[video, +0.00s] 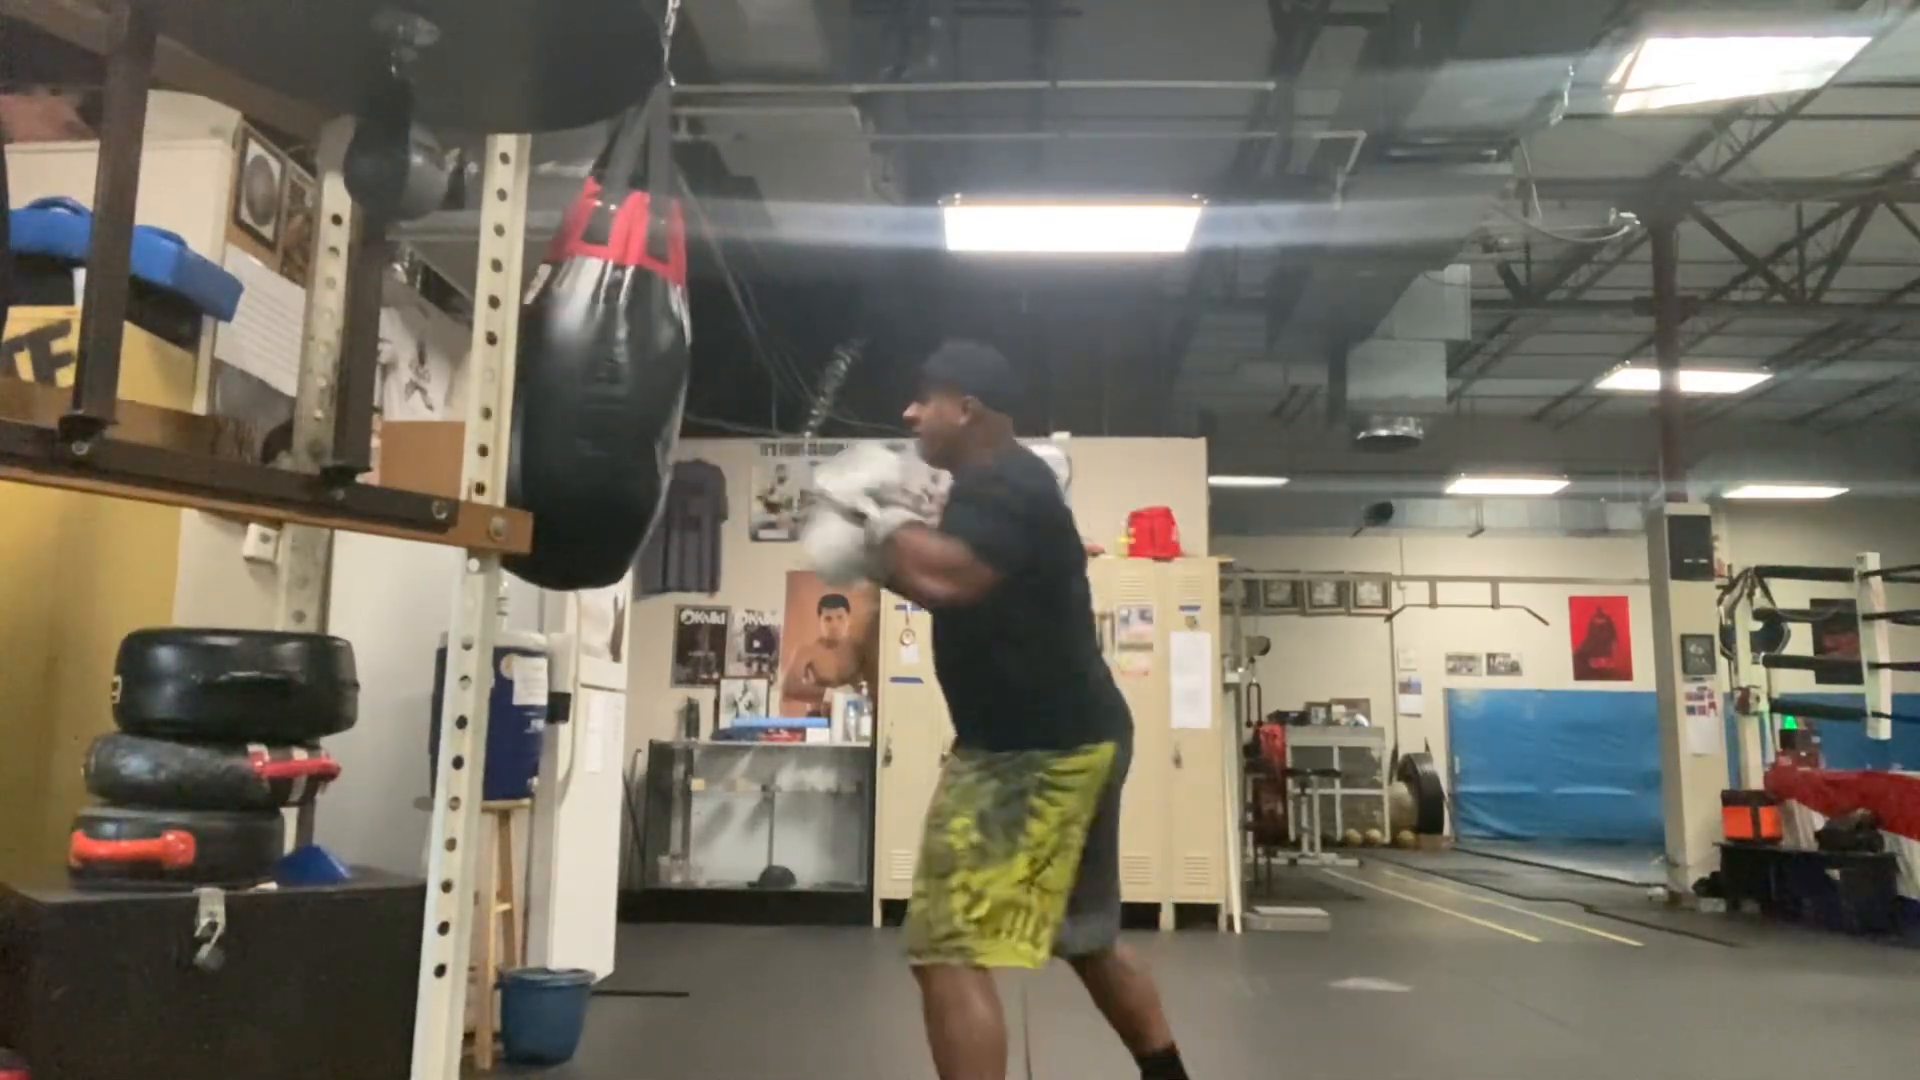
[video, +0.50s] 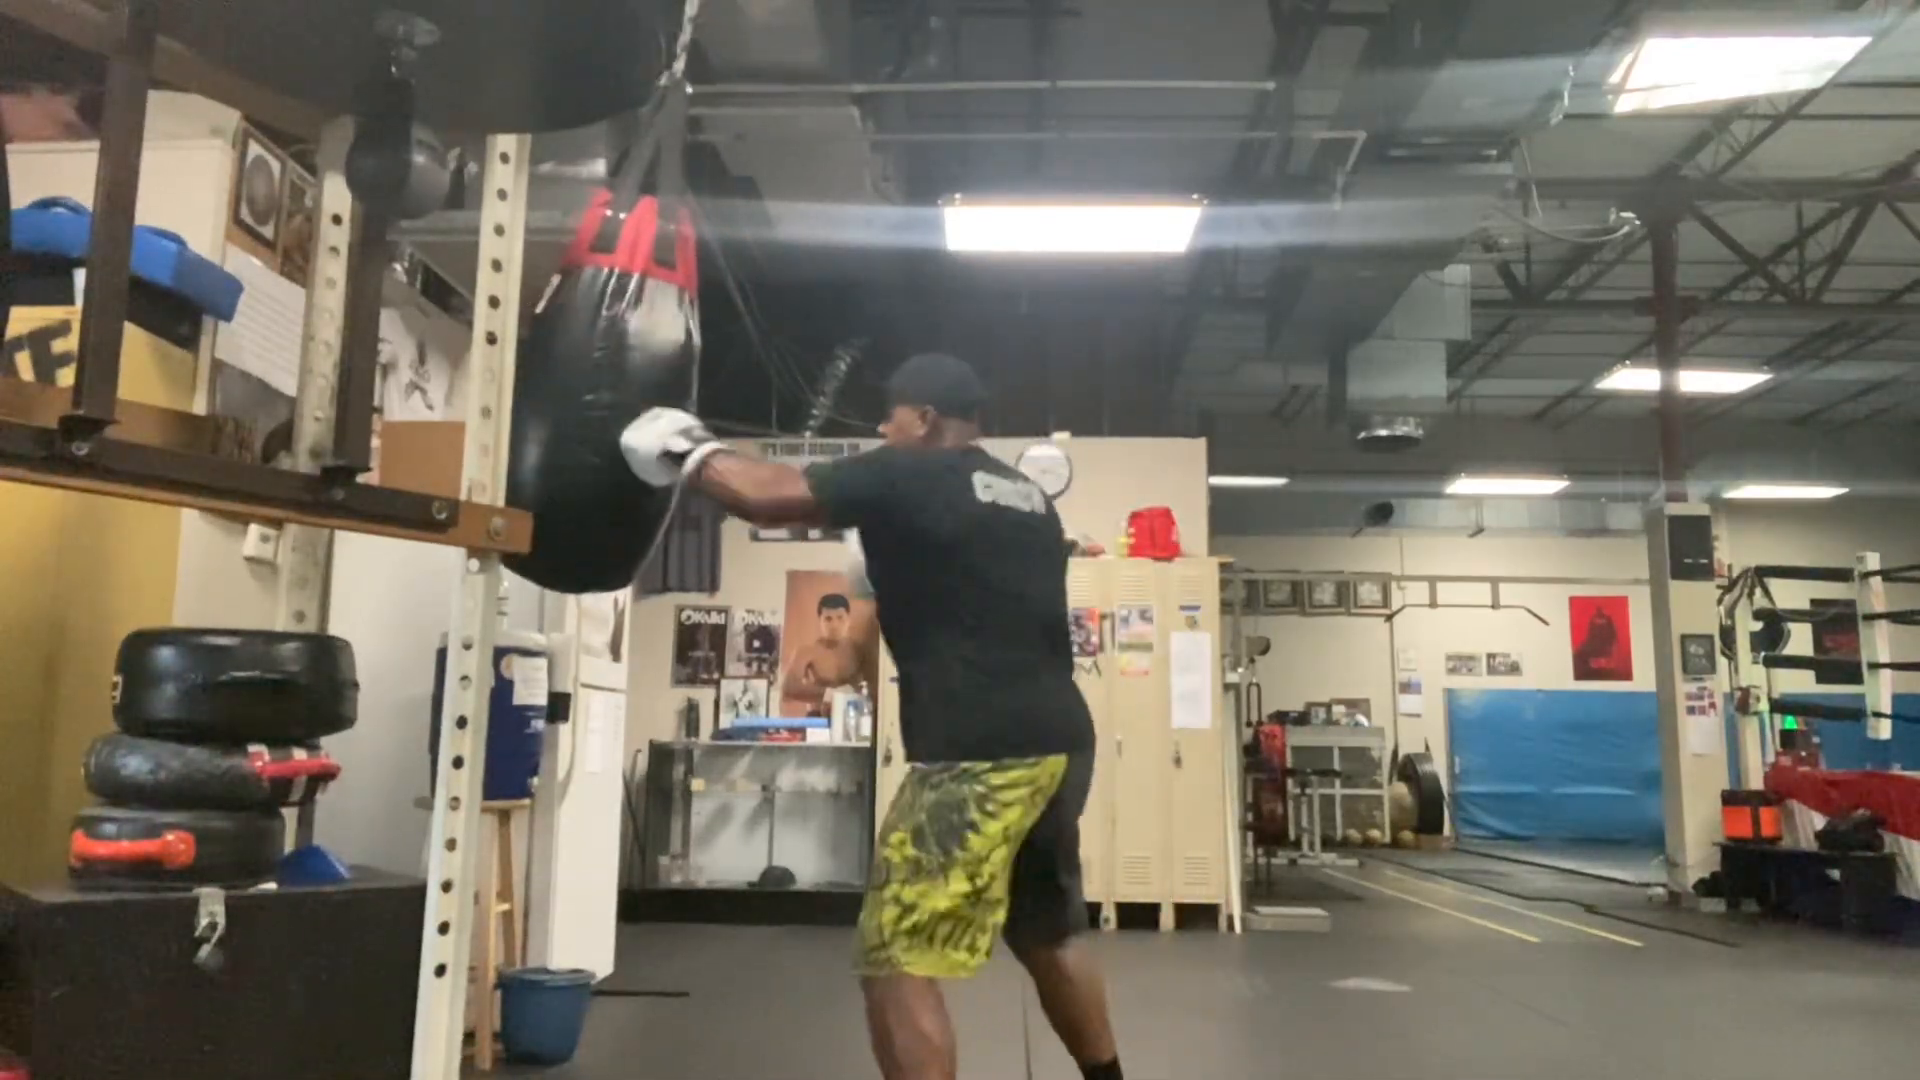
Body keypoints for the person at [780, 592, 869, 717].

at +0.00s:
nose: (834, 624)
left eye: (840, 618)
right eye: (828, 619)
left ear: (848, 620)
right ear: (819, 621)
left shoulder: (857, 652)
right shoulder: (807, 652)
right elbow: (790, 688)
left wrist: (816, 687)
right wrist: (828, 693)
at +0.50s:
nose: (834, 625)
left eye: (840, 618)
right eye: (828, 619)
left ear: (848, 620)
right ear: (819, 621)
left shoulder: (857, 651)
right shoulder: (808, 652)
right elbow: (790, 688)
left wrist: (816, 685)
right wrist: (828, 693)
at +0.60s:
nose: (834, 625)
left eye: (840, 618)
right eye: (828, 619)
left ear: (847, 620)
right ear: (820, 620)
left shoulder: (858, 651)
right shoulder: (807, 652)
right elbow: (790, 688)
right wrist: (828, 693)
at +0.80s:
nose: (834, 625)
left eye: (840, 618)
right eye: (828, 619)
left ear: (848, 620)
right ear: (819, 620)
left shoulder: (859, 652)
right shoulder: (807, 652)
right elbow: (790, 688)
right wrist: (826, 693)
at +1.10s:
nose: (834, 625)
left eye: (840, 618)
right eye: (828, 619)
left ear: (848, 619)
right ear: (820, 620)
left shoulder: (858, 651)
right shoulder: (807, 652)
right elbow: (789, 688)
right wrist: (827, 692)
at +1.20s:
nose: (834, 625)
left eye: (840, 618)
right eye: (828, 619)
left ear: (848, 619)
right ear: (820, 621)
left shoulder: (859, 652)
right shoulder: (808, 652)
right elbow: (789, 687)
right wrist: (827, 693)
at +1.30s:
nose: (834, 625)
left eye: (840, 618)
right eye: (828, 619)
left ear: (848, 619)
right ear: (820, 620)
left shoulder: (858, 651)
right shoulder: (807, 652)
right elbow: (789, 687)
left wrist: (816, 686)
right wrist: (828, 693)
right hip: (819, 717)